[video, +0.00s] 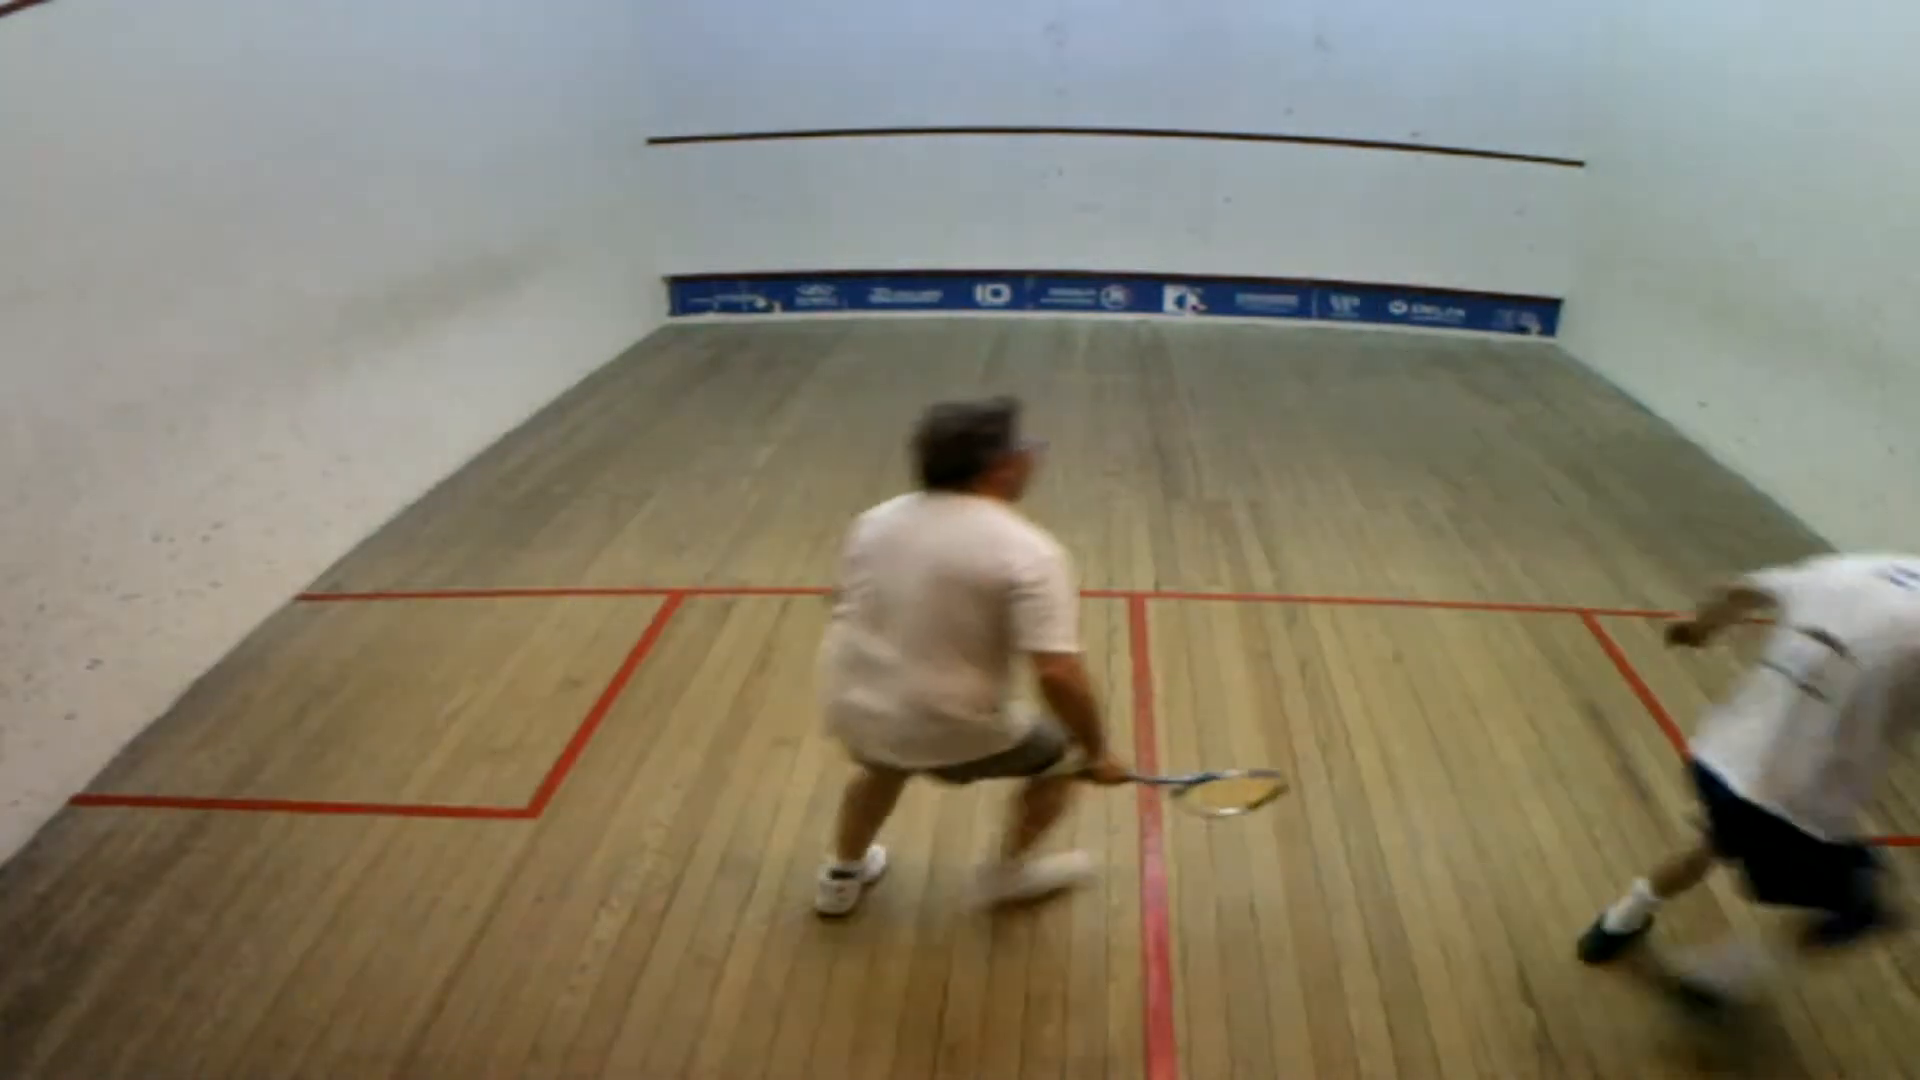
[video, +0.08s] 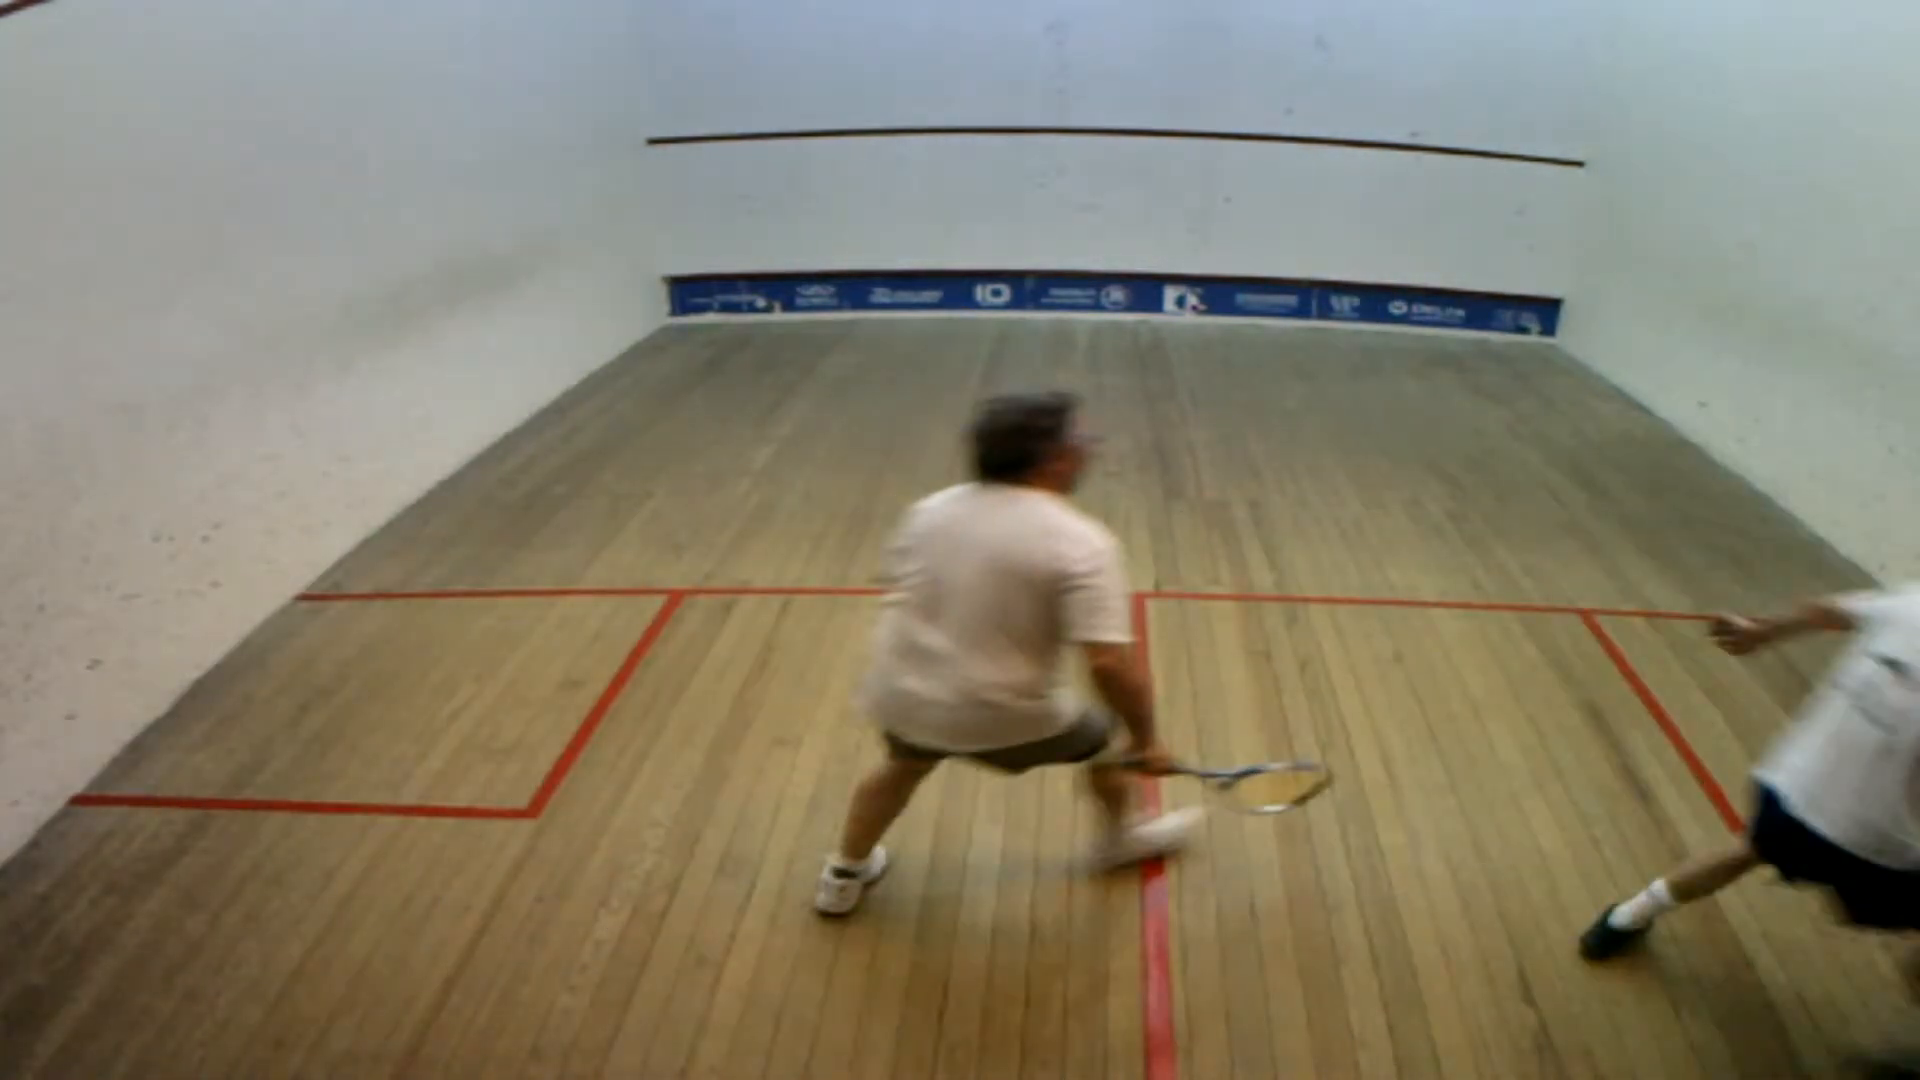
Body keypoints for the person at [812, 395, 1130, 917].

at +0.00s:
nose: (1030, 460)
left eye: (1023, 450)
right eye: (1019, 452)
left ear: (939, 463)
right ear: (996, 468)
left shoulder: (876, 523)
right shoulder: (1027, 550)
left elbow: (844, 606)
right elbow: (1057, 673)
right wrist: (1095, 751)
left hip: (858, 716)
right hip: (950, 732)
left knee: (888, 760)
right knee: (1059, 758)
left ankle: (842, 873)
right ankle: (1011, 869)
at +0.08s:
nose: (1084, 453)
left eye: (1077, 441)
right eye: (1072, 443)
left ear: (993, 454)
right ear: (1050, 459)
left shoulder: (932, 511)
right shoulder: (1078, 540)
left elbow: (895, 588)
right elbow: (1108, 664)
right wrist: (1146, 738)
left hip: (906, 705)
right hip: (1005, 723)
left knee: (902, 765)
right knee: (1108, 744)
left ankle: (845, 872)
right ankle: (1121, 833)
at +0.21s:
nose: (1198, 449)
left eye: (1193, 437)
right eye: (1188, 440)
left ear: (1111, 449)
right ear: (1163, 455)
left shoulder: (1051, 500)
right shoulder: (1191, 538)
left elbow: (995, 563)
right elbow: (1221, 658)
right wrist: (1257, 735)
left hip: (1004, 683)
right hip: (1107, 705)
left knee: (947, 760)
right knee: (1206, 724)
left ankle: (852, 859)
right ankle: (1186, 818)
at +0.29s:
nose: (1262, 445)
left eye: (1257, 431)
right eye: (1257, 434)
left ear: (1179, 438)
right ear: (1244, 446)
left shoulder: (1121, 492)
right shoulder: (1260, 526)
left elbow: (1058, 557)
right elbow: (1289, 641)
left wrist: (1119, 582)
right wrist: (1328, 711)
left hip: (1081, 671)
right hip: (1180, 687)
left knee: (1023, 744)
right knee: (1248, 718)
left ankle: (928, 832)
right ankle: (1188, 815)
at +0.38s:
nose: (1297, 434)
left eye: (1296, 424)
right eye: (1294, 425)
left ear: (1213, 426)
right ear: (1283, 434)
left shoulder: (1151, 477)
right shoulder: (1298, 511)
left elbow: (1090, 549)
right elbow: (1318, 626)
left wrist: (1121, 605)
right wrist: (1349, 689)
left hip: (1115, 658)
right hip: (1213, 674)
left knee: (1072, 719)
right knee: (1285, 707)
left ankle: (1013, 817)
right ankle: (1209, 807)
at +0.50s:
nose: (1367, 445)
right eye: (1364, 436)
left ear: (1283, 432)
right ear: (1356, 444)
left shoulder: (1219, 478)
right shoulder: (1372, 506)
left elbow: (1138, 527)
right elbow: (1383, 601)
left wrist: (1158, 590)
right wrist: (1390, 667)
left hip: (1203, 657)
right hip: (1308, 668)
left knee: (1176, 682)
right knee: (1376, 703)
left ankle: (1195, 772)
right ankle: (1410, 801)